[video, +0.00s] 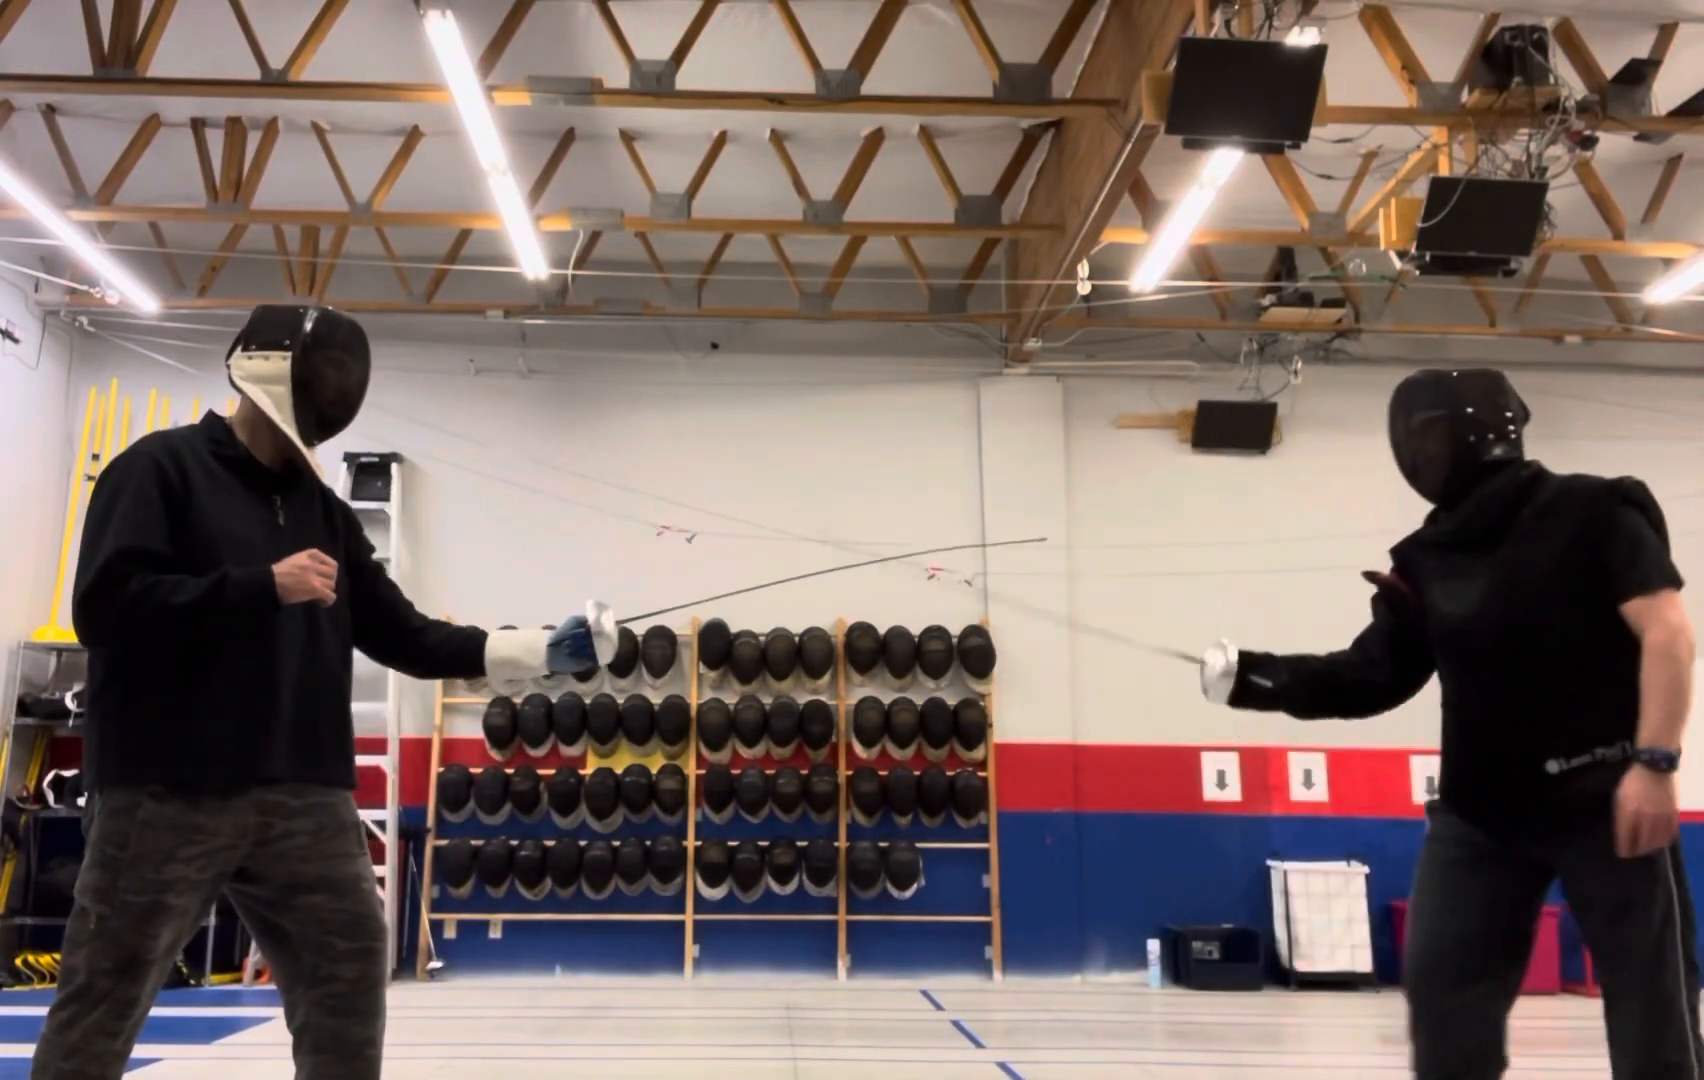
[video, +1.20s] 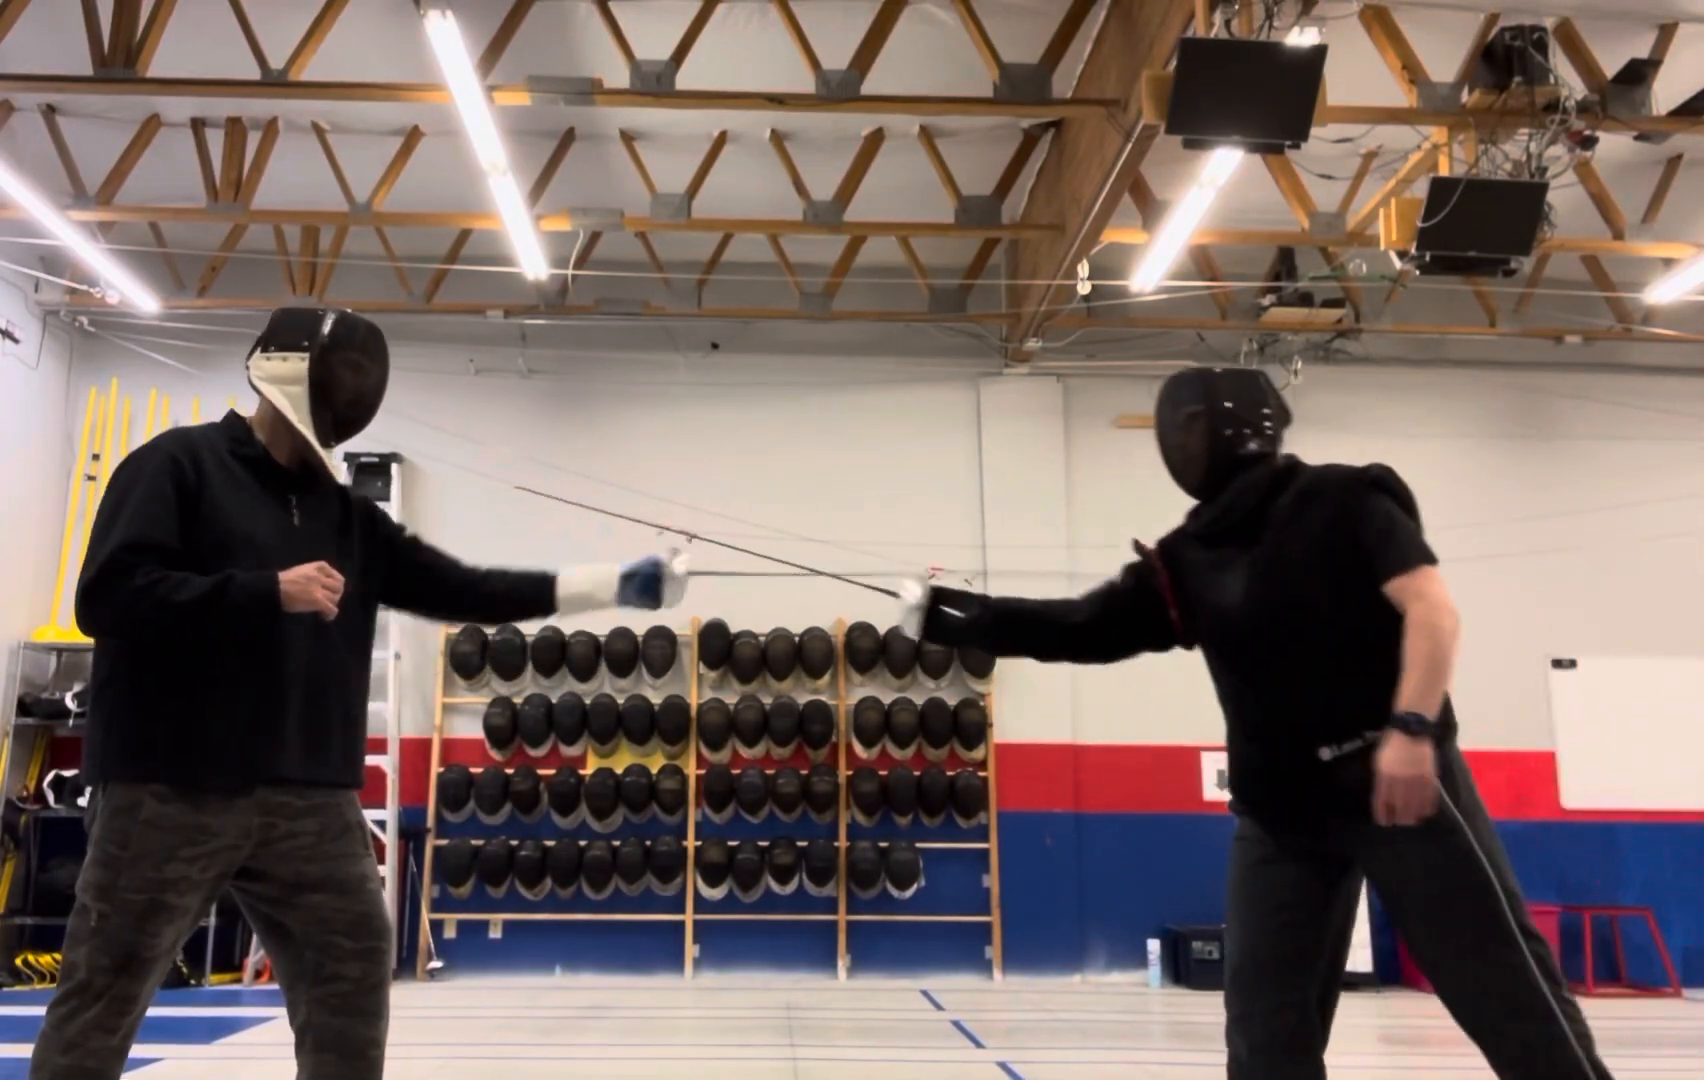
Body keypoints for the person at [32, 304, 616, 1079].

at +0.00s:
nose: (313, 407)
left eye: (326, 392)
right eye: (302, 383)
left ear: (331, 398)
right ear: (255, 369)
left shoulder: (323, 512)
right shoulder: (152, 470)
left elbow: (398, 633)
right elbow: (105, 606)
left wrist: (528, 652)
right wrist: (263, 583)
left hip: (300, 796)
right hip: (163, 793)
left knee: (347, 970)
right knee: (102, 1001)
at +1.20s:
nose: (340, 428)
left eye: (351, 411)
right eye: (329, 404)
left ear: (352, 408)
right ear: (281, 382)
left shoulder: (346, 517)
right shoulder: (170, 468)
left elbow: (460, 590)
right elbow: (107, 595)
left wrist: (608, 587)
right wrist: (265, 591)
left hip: (307, 801)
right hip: (166, 793)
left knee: (350, 984)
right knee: (99, 1000)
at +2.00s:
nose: (332, 402)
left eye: (342, 388)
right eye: (318, 380)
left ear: (339, 395)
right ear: (266, 372)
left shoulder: (328, 507)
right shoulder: (158, 471)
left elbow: (401, 630)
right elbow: (101, 607)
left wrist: (526, 651)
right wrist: (256, 589)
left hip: (306, 797)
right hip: (165, 792)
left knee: (351, 969)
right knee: (102, 998)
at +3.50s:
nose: (320, 437)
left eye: (335, 420)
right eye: (310, 414)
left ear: (345, 409)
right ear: (269, 384)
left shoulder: (336, 513)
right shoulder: (165, 469)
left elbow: (449, 604)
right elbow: (100, 598)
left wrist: (589, 597)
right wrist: (259, 591)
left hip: (306, 801)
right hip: (166, 793)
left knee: (349, 995)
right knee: (96, 1008)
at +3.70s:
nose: (341, 430)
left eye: (354, 416)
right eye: (331, 406)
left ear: (360, 413)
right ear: (282, 380)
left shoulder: (357, 509)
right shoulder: (174, 468)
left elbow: (489, 531)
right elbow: (108, 594)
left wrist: (639, 505)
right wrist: (269, 590)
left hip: (306, 795)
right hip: (163, 792)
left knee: (350, 989)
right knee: (95, 1004)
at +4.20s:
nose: (322, 435)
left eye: (338, 418)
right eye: (313, 411)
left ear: (346, 407)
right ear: (262, 381)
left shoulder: (337, 506)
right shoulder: (157, 476)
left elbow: (442, 580)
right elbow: (100, 609)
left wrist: (582, 600)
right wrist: (257, 592)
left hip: (305, 797)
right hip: (167, 795)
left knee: (351, 991)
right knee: (98, 1007)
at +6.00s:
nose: (349, 425)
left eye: (360, 410)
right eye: (337, 401)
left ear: (362, 408)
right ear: (285, 378)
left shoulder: (355, 514)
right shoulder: (176, 467)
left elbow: (483, 553)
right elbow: (104, 591)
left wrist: (634, 541)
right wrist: (266, 588)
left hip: (305, 797)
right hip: (163, 793)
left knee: (352, 981)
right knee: (98, 1001)